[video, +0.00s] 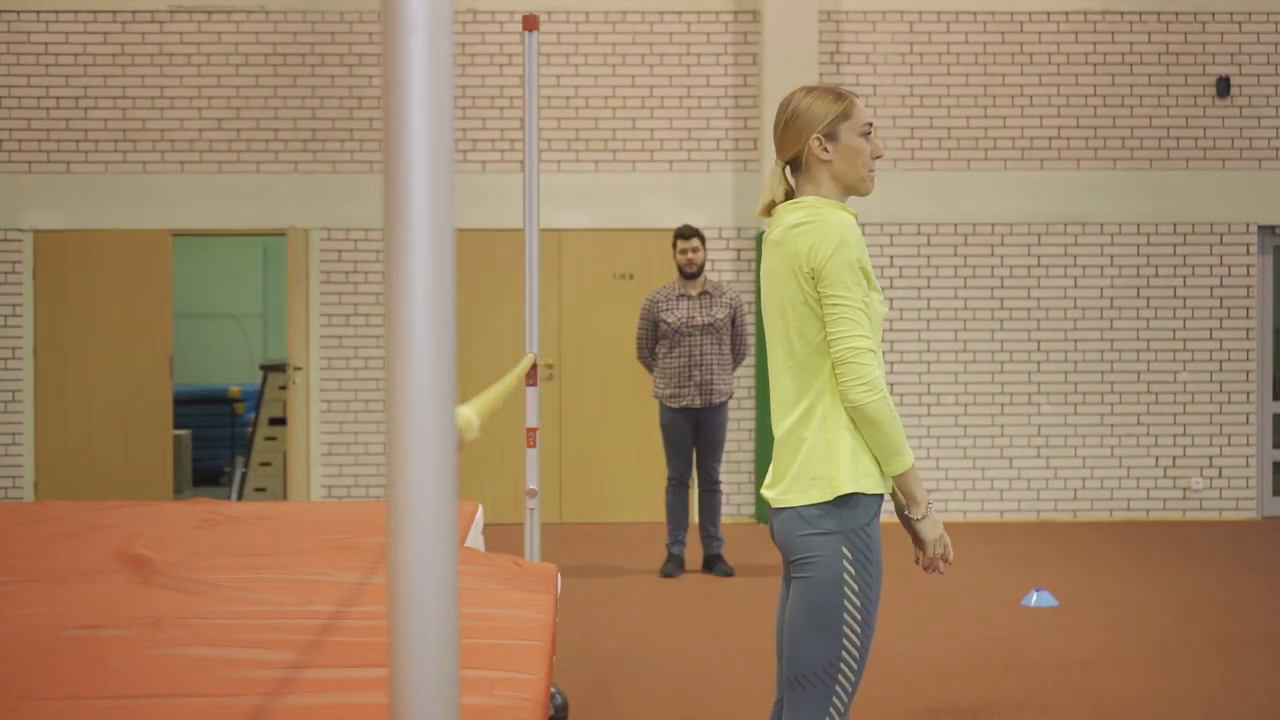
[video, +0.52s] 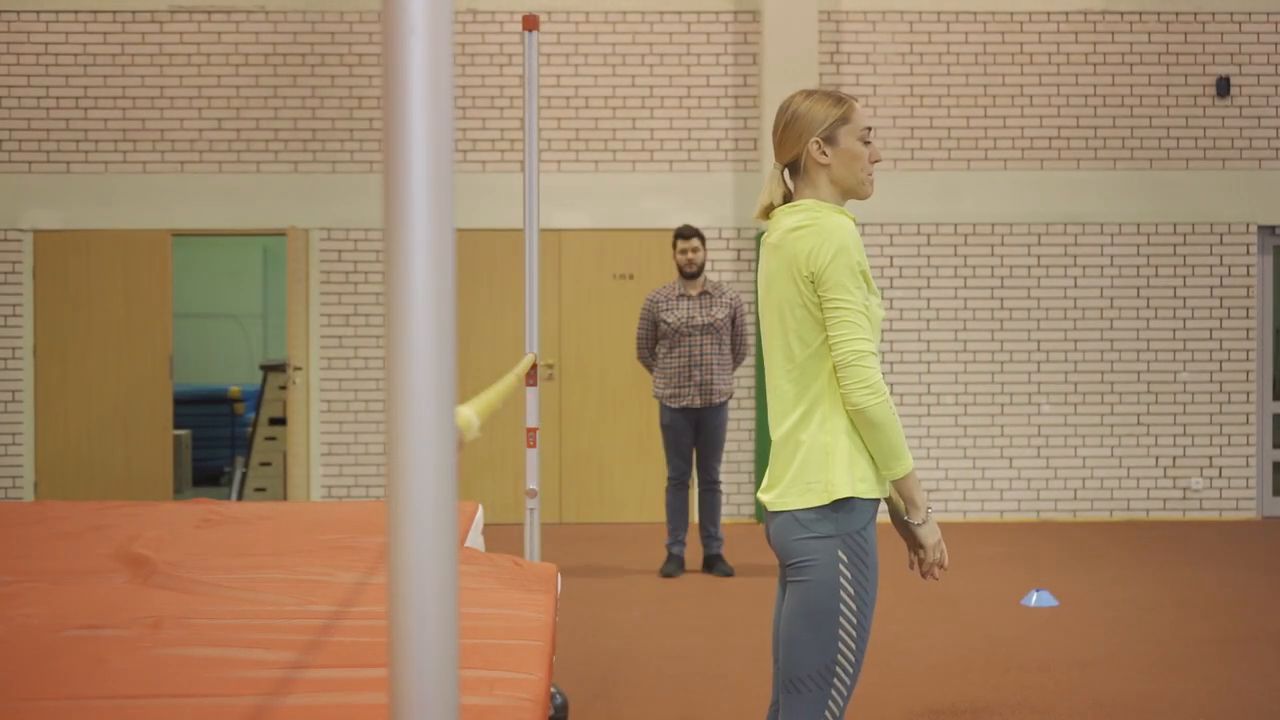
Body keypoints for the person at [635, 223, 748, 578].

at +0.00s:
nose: (689, 257)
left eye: (695, 250)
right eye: (683, 251)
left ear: (705, 253)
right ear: (674, 256)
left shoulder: (728, 297)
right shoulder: (659, 299)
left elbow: (740, 348)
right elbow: (644, 350)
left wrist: (717, 372)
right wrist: (671, 375)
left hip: (715, 402)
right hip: (674, 402)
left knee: (710, 479)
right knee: (678, 477)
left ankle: (713, 552)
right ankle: (675, 553)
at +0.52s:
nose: (689, 256)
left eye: (695, 250)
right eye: (683, 251)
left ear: (705, 254)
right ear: (674, 256)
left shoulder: (728, 297)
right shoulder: (659, 299)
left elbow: (741, 348)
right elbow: (644, 350)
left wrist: (717, 372)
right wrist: (670, 375)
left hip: (715, 402)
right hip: (674, 402)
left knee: (710, 479)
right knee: (678, 477)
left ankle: (713, 552)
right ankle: (675, 553)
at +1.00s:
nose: (689, 256)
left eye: (695, 250)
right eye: (682, 251)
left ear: (705, 254)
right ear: (674, 256)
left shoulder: (728, 296)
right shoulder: (659, 299)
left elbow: (740, 348)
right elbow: (644, 350)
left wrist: (718, 372)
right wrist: (670, 375)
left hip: (715, 401)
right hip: (674, 402)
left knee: (710, 478)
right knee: (678, 477)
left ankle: (713, 552)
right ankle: (675, 553)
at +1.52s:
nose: (689, 256)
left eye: (695, 250)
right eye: (682, 251)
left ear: (705, 253)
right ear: (674, 256)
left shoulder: (728, 297)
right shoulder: (658, 300)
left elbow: (741, 347)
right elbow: (644, 350)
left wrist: (718, 372)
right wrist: (669, 376)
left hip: (715, 401)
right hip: (674, 402)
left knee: (710, 478)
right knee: (678, 477)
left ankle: (713, 553)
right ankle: (675, 553)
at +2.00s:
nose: (689, 256)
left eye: (695, 250)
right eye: (682, 251)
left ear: (705, 253)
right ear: (674, 256)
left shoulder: (728, 296)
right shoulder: (658, 300)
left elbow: (741, 347)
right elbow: (644, 350)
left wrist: (718, 372)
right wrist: (669, 376)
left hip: (715, 401)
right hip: (674, 402)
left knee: (710, 478)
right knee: (678, 477)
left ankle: (713, 553)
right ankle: (675, 553)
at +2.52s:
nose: (689, 256)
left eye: (695, 250)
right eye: (682, 251)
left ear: (705, 253)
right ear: (674, 256)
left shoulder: (728, 296)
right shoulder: (658, 300)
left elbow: (741, 347)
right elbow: (644, 350)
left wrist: (718, 372)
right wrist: (669, 376)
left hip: (715, 401)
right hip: (674, 402)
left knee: (710, 478)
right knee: (678, 477)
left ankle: (713, 552)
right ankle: (675, 553)